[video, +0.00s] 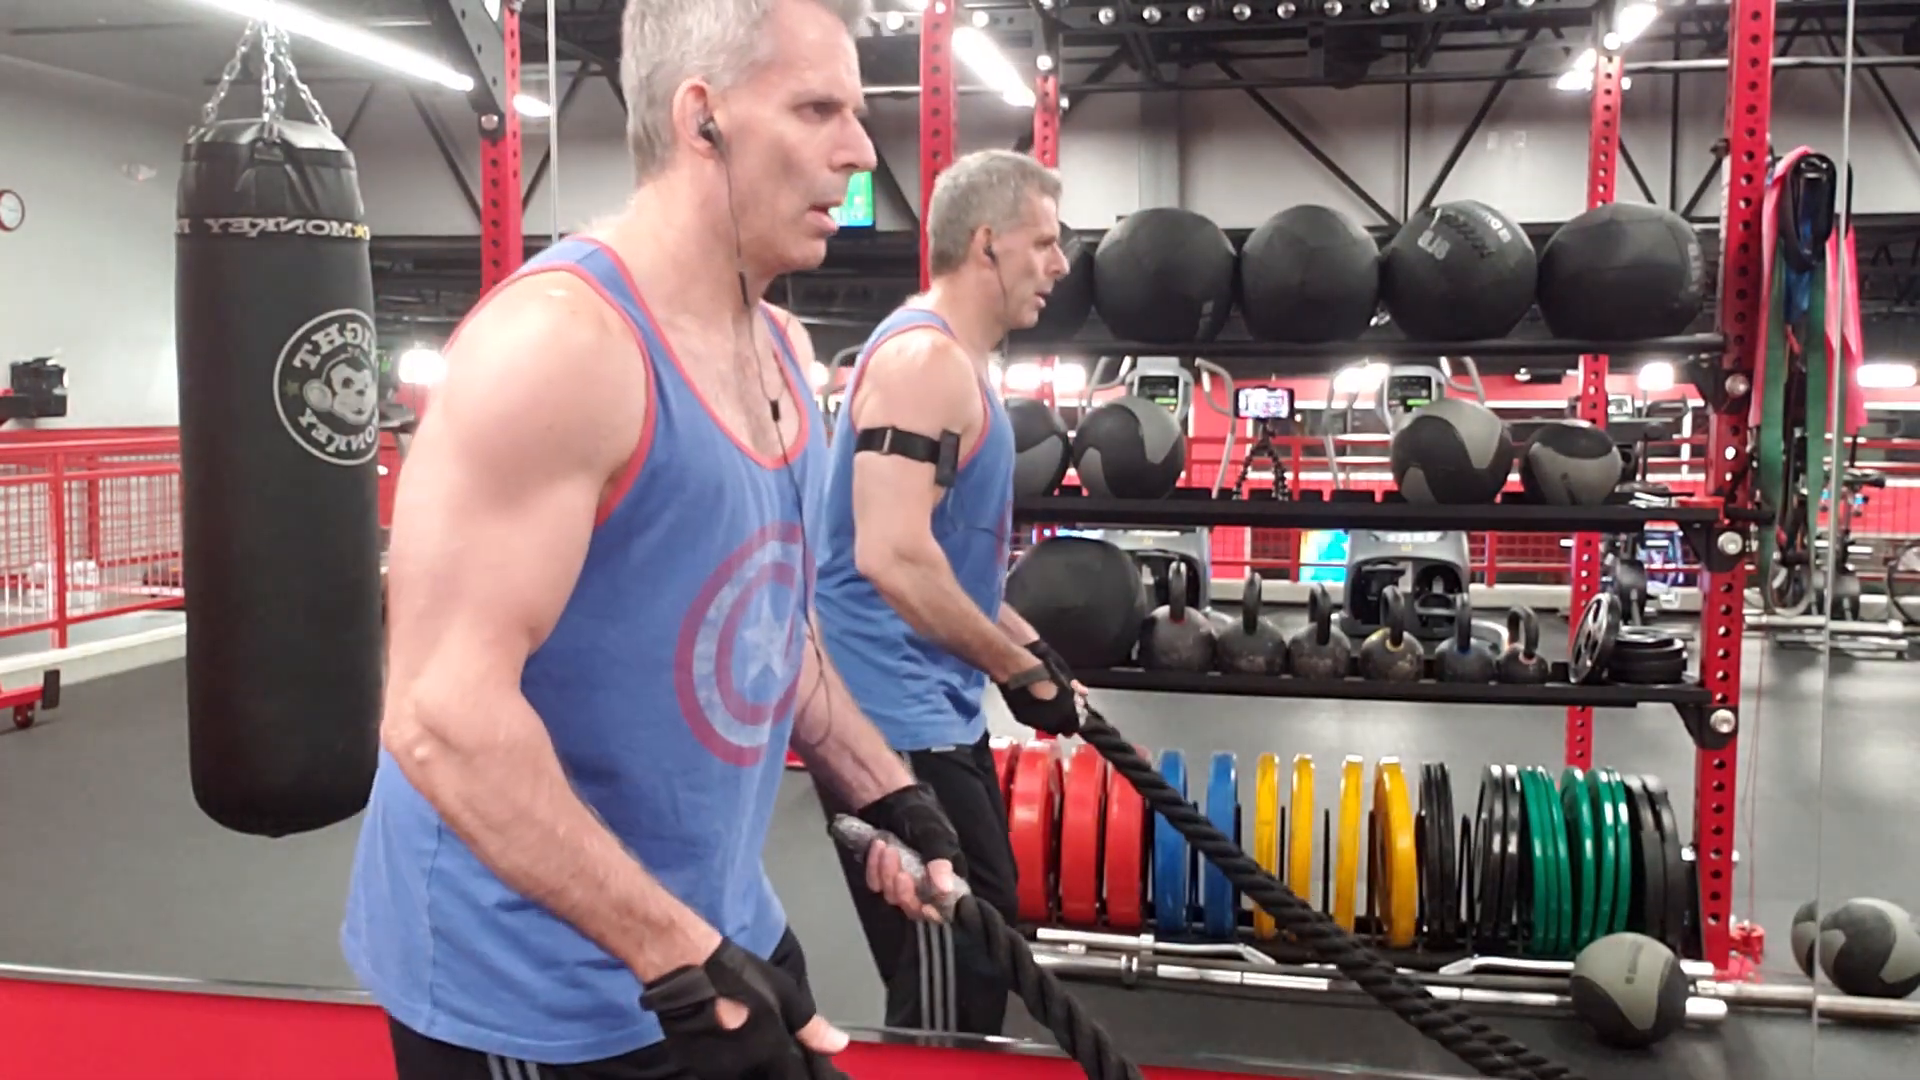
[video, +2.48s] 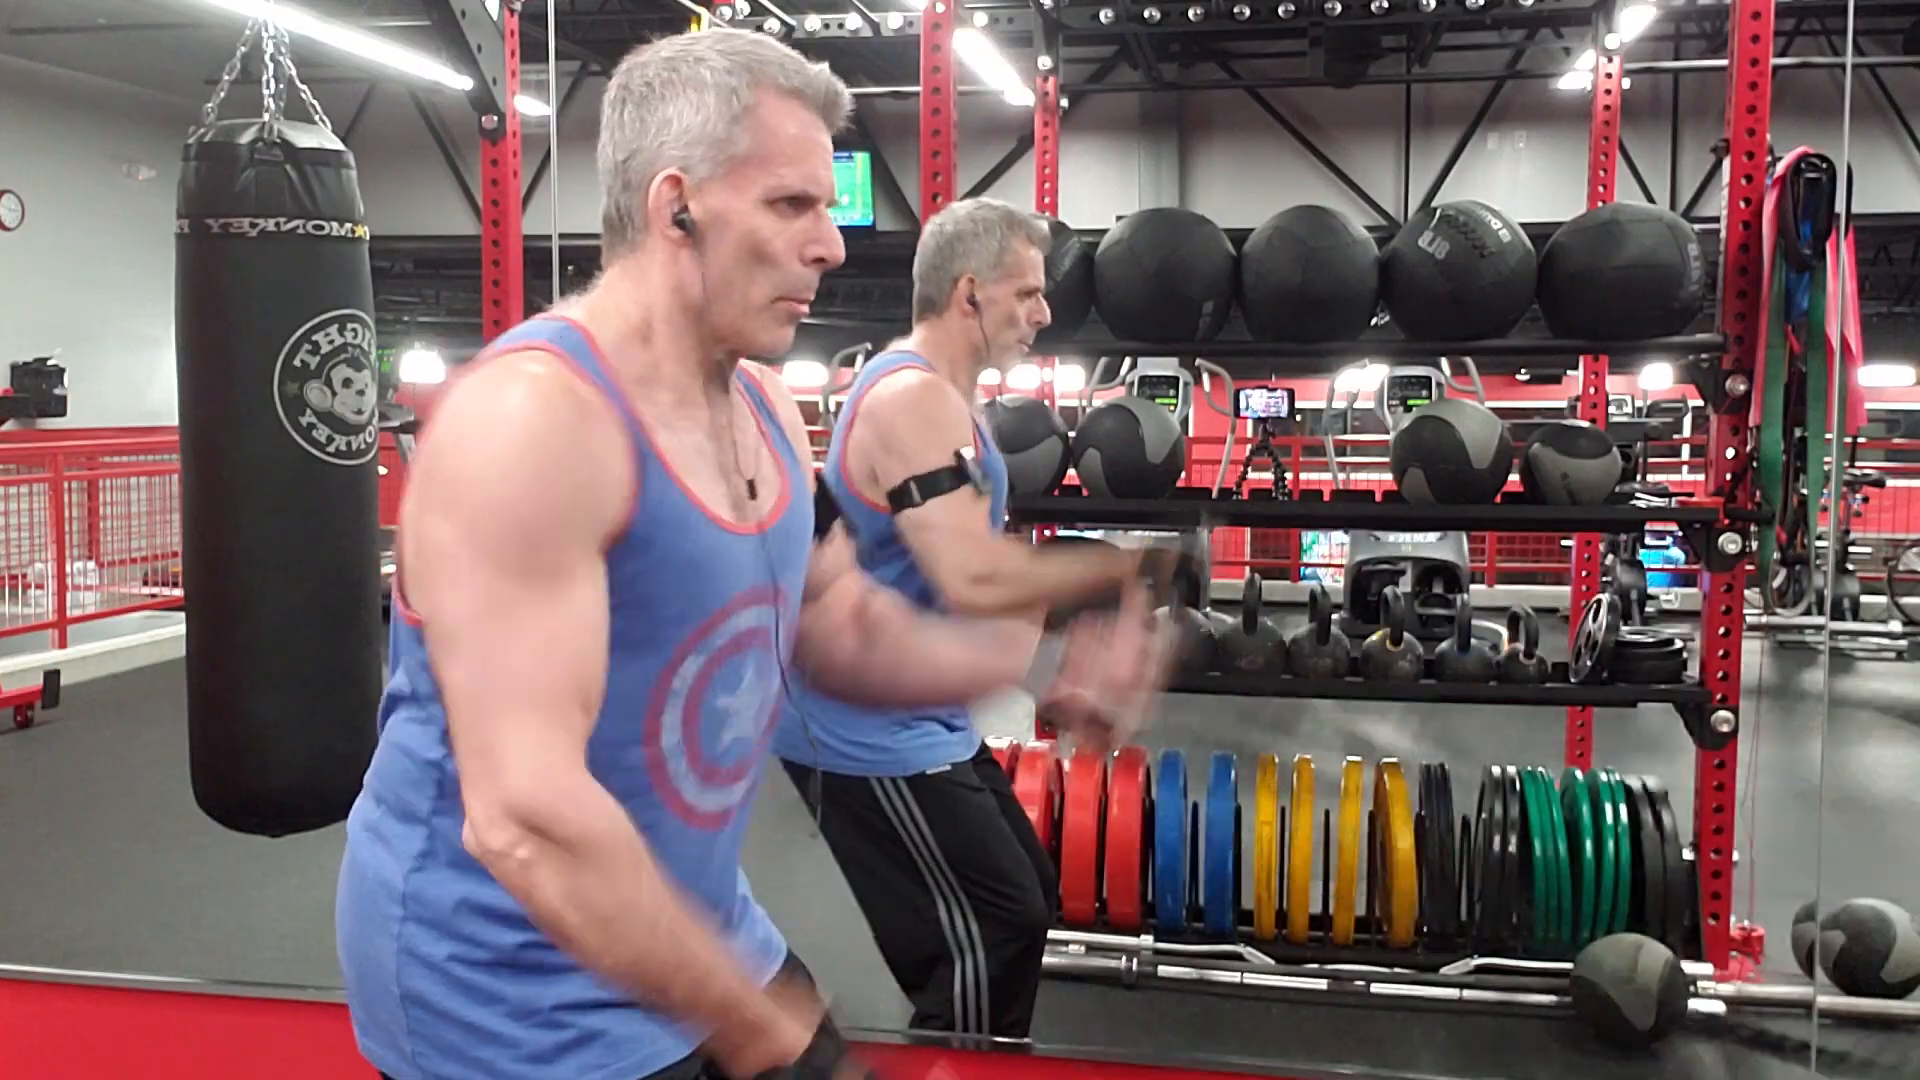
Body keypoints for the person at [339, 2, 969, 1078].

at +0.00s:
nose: (860, 152)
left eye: (855, 115)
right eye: (822, 111)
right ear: (703, 116)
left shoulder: (781, 348)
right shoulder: (550, 345)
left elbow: (763, 621)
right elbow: (441, 712)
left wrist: (885, 797)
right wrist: (685, 961)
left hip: (731, 928)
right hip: (536, 995)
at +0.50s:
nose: (872, 185)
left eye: (867, 149)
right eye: (832, 142)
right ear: (714, 153)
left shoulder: (790, 380)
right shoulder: (561, 368)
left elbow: (762, 648)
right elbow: (431, 732)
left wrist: (883, 836)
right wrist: (651, 991)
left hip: (715, 934)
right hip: (513, 991)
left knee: (801, 1071)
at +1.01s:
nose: (817, 180)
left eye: (811, 144)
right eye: (776, 139)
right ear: (657, 151)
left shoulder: (744, 375)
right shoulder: (536, 384)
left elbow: (755, 656)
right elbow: (417, 754)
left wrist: (884, 843)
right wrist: (647, 1005)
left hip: (731, 952)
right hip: (529, 1012)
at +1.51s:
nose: (840, 189)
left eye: (834, 151)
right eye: (798, 148)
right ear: (684, 164)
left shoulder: (755, 394)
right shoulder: (549, 395)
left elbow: (746, 679)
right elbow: (416, 763)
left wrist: (875, 859)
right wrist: (633, 1027)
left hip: (731, 959)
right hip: (530, 1015)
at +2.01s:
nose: (815, 206)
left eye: (812, 168)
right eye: (775, 164)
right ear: (658, 175)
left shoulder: (741, 388)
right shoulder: (516, 383)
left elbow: (752, 673)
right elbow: (581, 740)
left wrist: (857, 855)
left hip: (697, 924)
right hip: (516, 967)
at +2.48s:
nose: (833, 245)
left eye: (829, 208)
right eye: (794, 206)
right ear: (674, 204)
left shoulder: (751, 397)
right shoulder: (522, 416)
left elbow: (839, 625)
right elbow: (526, 817)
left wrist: (1029, 659)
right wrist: (756, 1025)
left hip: (698, 909)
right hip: (515, 967)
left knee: (819, 1054)